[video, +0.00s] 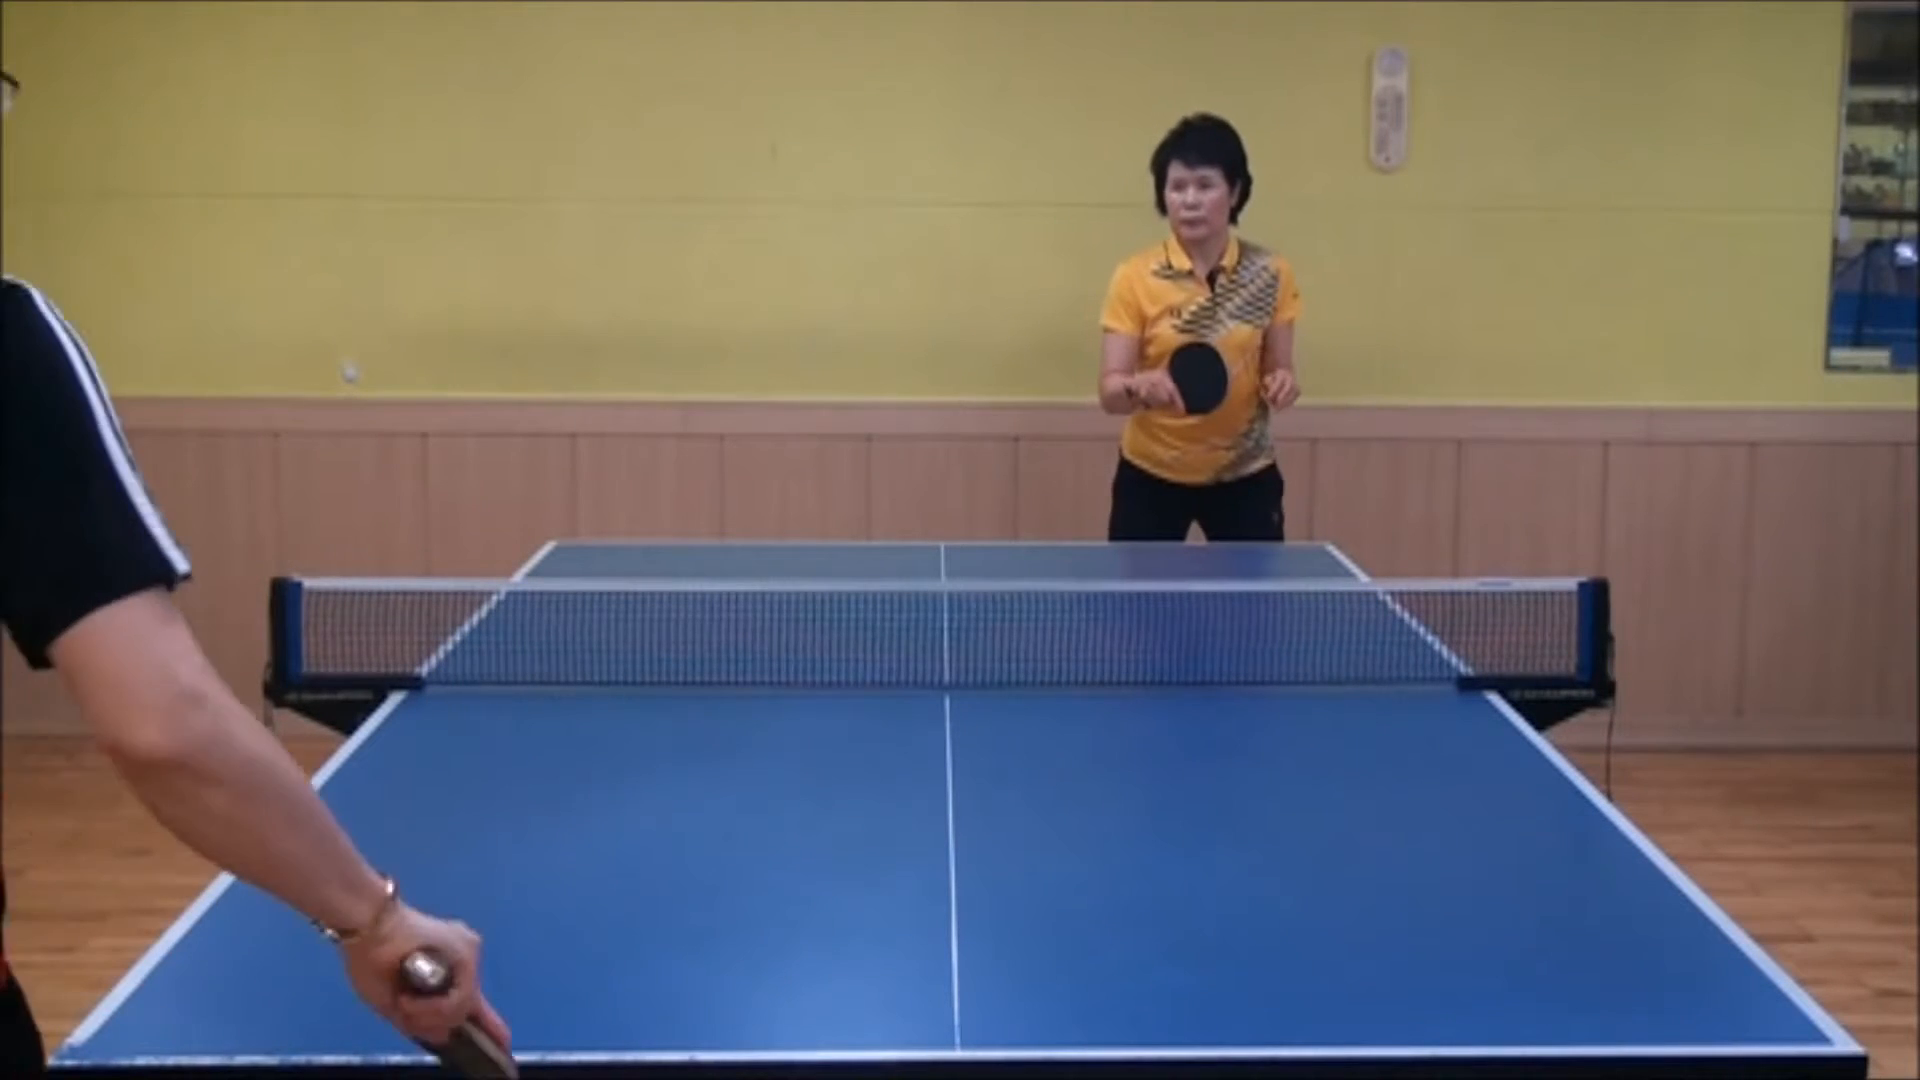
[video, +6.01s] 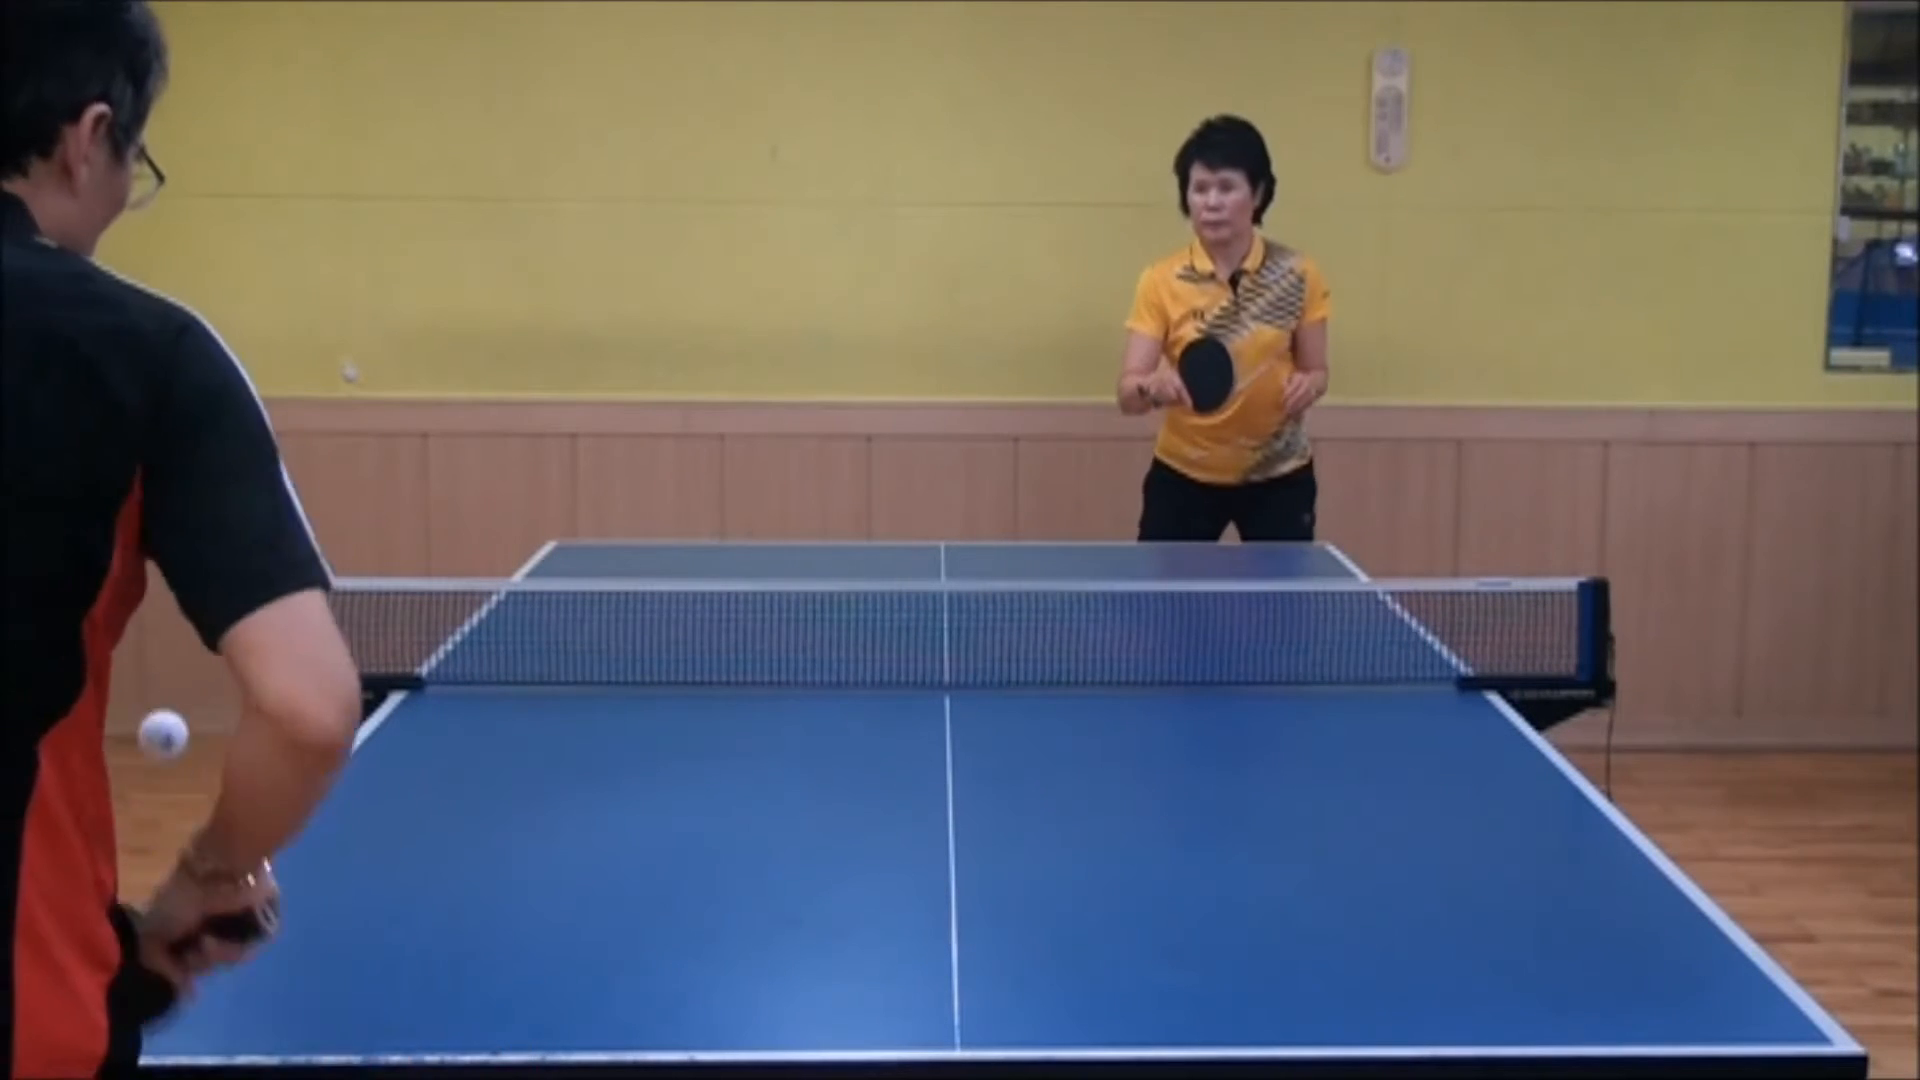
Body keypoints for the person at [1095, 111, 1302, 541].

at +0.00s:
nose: (1190, 200)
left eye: (1205, 185)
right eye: (1178, 186)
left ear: (1235, 193)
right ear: (1162, 196)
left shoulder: (1271, 277)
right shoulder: (1135, 278)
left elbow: (1277, 371)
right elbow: (1111, 392)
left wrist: (1281, 385)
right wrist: (1139, 388)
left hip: (1243, 481)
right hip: (1152, 478)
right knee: (1136, 599)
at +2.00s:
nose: (1294, 255)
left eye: (1308, 239)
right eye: (1280, 241)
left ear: (1335, 238)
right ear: (1260, 245)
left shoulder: (1364, 314)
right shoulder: (1236, 321)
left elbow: (1370, 393)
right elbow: (1195, 428)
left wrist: (1381, 386)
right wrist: (1263, 416)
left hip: (1327, 508)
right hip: (1237, 508)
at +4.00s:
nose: (1290, 259)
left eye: (1305, 243)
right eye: (1276, 246)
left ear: (1335, 251)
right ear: (1259, 258)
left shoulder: (1364, 332)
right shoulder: (1237, 340)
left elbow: (1375, 440)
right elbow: (1187, 445)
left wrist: (1397, 427)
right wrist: (1226, 453)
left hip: (1331, 532)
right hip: (1240, 531)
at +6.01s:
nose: (1212, 202)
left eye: (1227, 188)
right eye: (1200, 188)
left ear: (1258, 195)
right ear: (1185, 197)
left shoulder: (1298, 278)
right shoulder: (1161, 282)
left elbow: (1315, 370)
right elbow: (1129, 396)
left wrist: (1306, 386)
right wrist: (1154, 387)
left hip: (1277, 480)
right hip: (1184, 478)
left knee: (1284, 600)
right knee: (1155, 600)